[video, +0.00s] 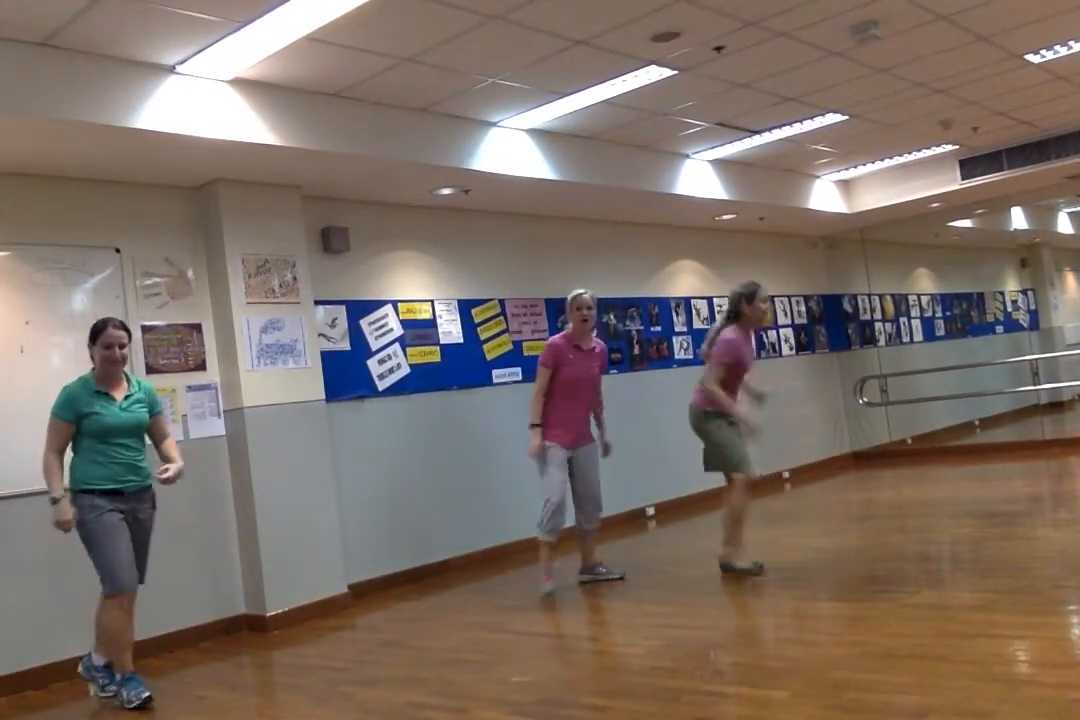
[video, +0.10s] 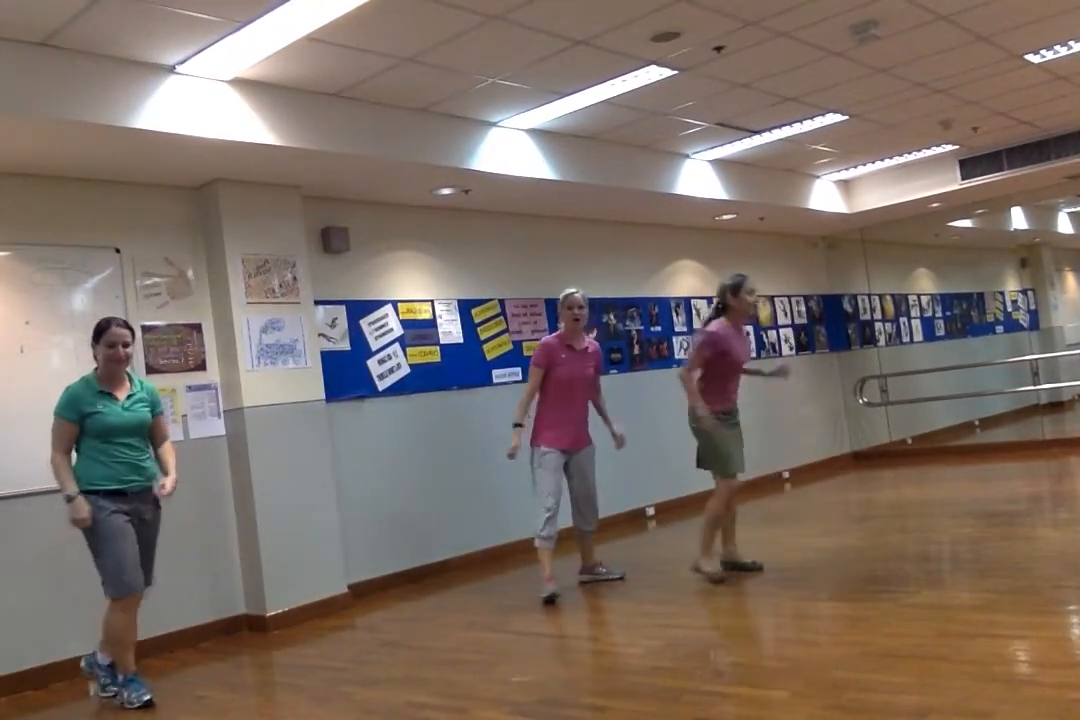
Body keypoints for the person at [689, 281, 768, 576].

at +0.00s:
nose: (768, 308)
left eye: (767, 302)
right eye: (763, 302)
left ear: (749, 307)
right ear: (745, 306)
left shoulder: (745, 336)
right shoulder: (729, 339)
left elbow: (734, 371)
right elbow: (710, 384)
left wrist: (754, 391)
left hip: (724, 410)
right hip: (708, 411)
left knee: (739, 480)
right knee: (741, 476)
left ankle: (733, 554)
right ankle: (729, 555)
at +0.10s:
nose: (755, 299)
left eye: (754, 294)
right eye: (749, 294)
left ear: (739, 301)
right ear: (731, 299)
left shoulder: (740, 331)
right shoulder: (714, 332)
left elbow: (734, 367)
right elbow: (688, 373)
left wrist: (767, 373)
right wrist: (701, 411)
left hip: (729, 414)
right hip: (709, 415)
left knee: (729, 485)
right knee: (728, 483)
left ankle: (729, 554)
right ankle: (704, 558)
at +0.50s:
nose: (731, 291)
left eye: (736, 287)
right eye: (725, 285)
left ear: (739, 294)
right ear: (712, 292)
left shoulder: (738, 329)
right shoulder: (699, 326)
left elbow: (733, 369)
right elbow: (689, 368)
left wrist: (737, 400)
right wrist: (712, 362)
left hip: (733, 416)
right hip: (701, 418)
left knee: (752, 481)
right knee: (701, 494)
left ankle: (742, 561)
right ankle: (703, 561)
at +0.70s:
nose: (740, 290)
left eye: (745, 286)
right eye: (734, 285)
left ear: (750, 292)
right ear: (722, 291)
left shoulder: (747, 327)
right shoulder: (714, 323)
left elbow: (741, 366)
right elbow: (710, 363)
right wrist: (743, 370)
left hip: (752, 414)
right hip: (721, 415)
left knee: (758, 493)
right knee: (725, 492)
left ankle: (748, 567)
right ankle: (706, 547)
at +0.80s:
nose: (750, 291)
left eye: (754, 286)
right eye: (743, 286)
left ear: (757, 292)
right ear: (729, 292)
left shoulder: (750, 328)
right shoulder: (722, 327)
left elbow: (752, 377)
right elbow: (718, 372)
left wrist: (765, 413)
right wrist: (748, 405)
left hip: (755, 412)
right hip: (732, 413)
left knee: (763, 489)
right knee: (757, 485)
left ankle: (749, 568)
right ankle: (718, 538)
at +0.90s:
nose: (764, 288)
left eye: (765, 283)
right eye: (757, 282)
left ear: (765, 289)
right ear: (741, 288)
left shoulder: (758, 324)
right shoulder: (733, 324)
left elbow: (762, 374)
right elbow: (721, 375)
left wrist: (799, 387)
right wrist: (731, 421)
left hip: (759, 410)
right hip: (745, 411)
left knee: (761, 491)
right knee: (793, 467)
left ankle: (749, 568)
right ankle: (759, 540)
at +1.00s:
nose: (780, 287)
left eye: (780, 281)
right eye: (773, 281)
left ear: (774, 287)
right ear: (753, 287)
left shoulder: (770, 321)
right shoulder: (743, 322)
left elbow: (779, 364)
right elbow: (720, 366)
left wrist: (825, 358)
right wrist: (725, 408)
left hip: (764, 407)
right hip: (753, 408)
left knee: (763, 489)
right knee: (805, 470)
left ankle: (747, 567)